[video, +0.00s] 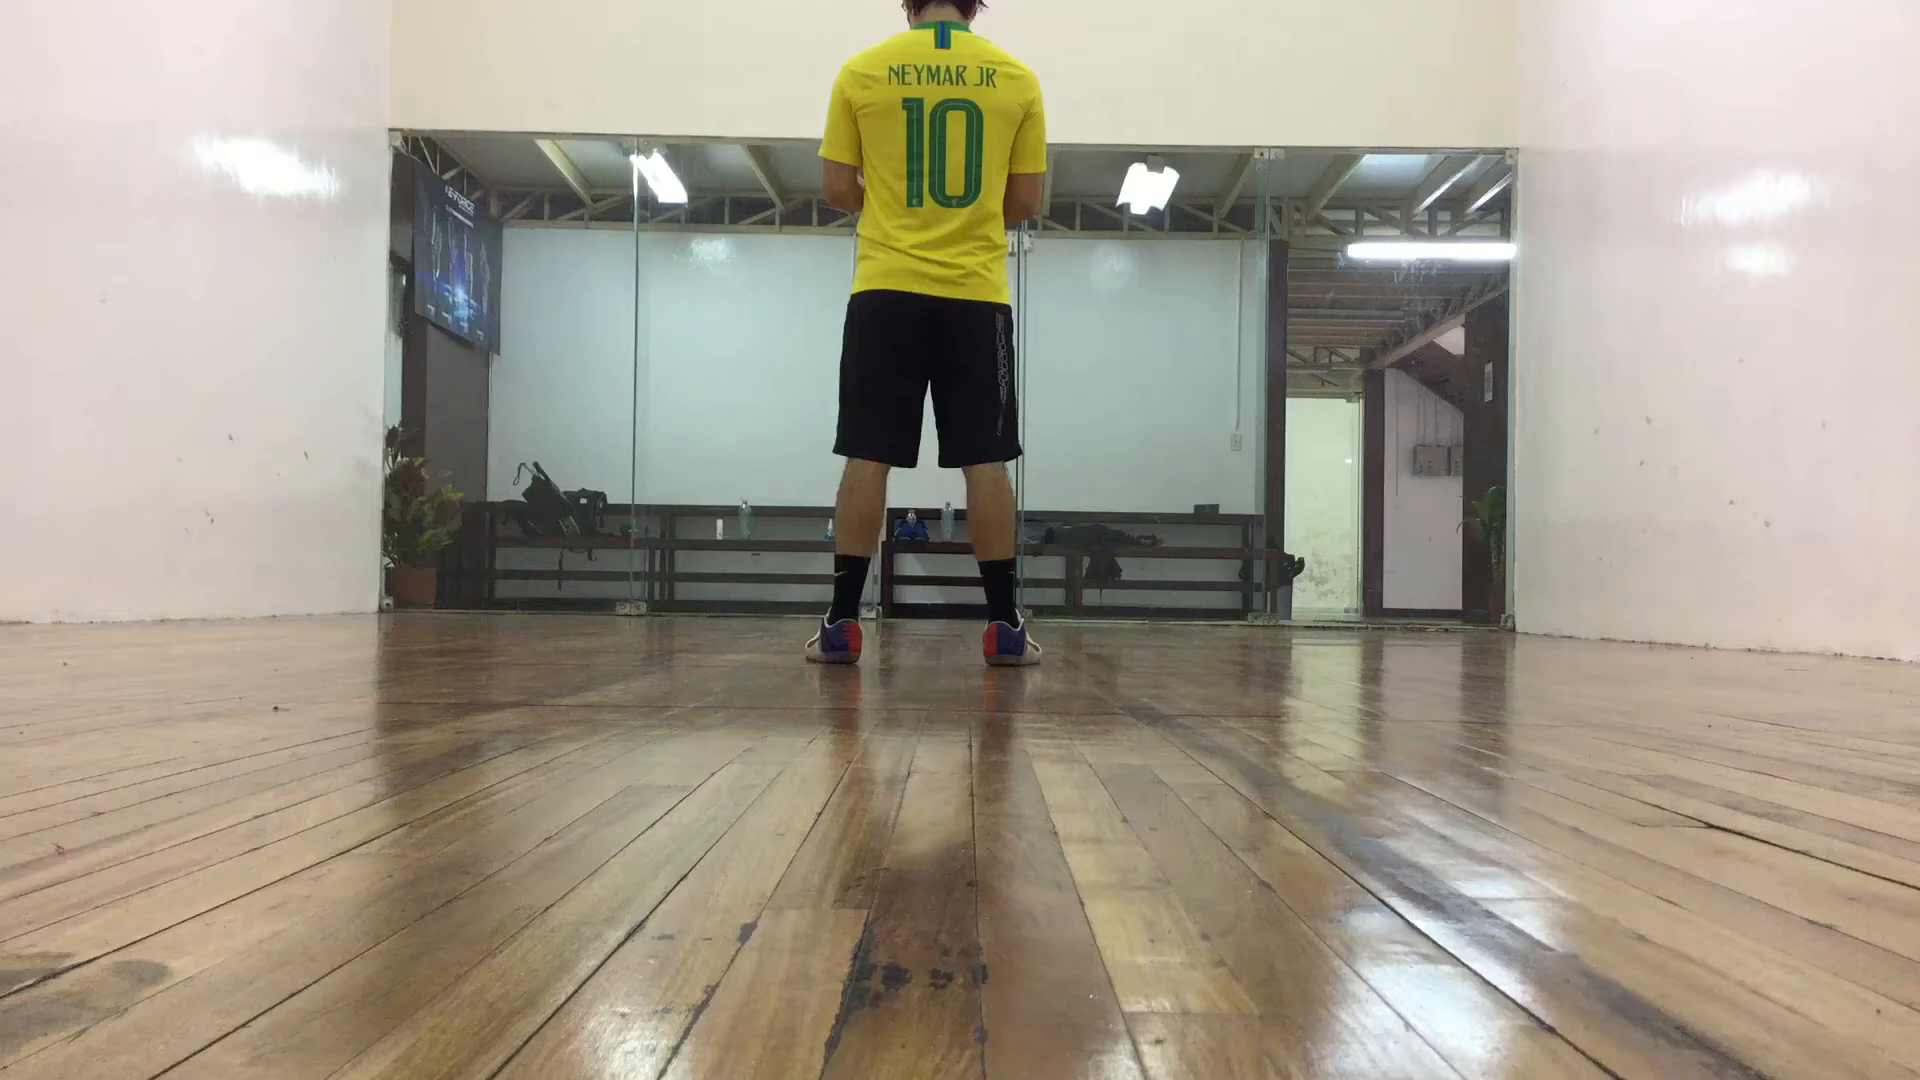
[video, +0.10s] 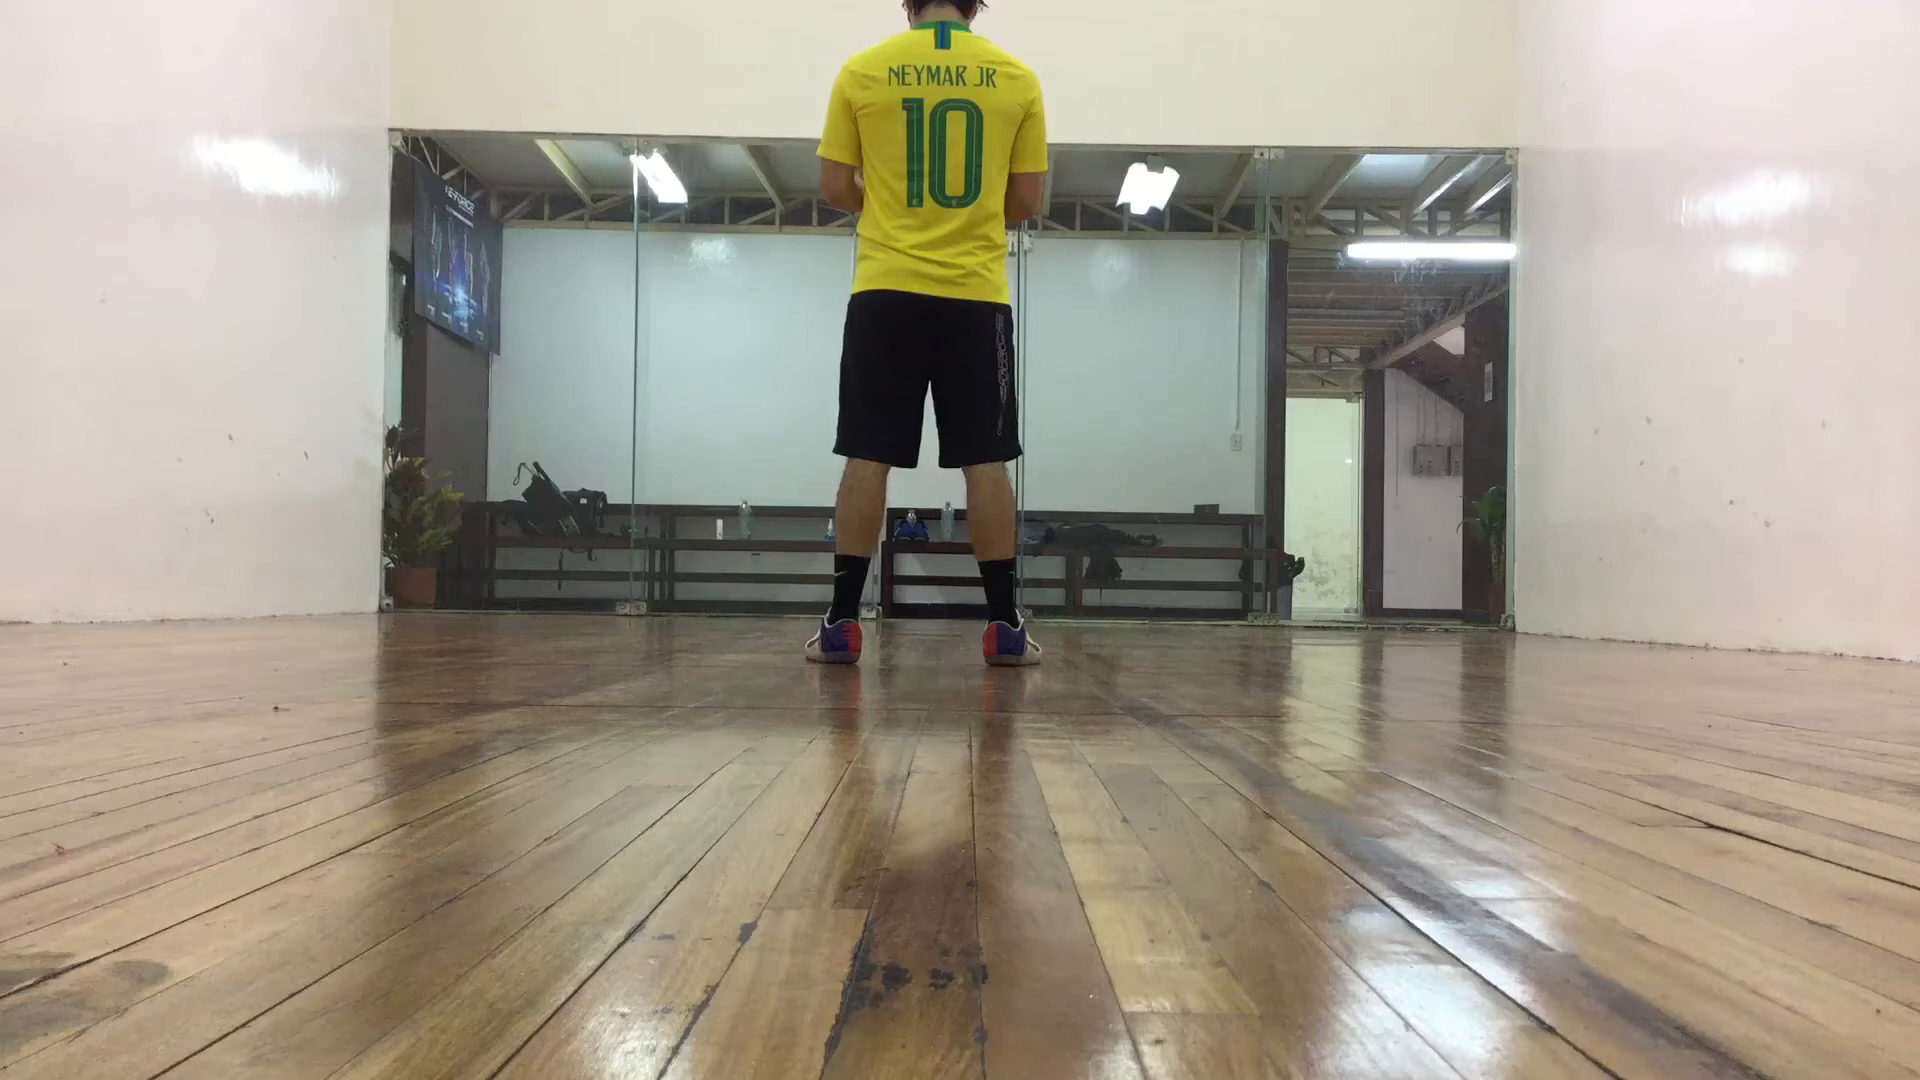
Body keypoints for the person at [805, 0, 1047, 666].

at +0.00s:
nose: (905, 15)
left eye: (904, 9)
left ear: (907, 7)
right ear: (975, 8)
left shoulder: (862, 70)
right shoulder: (1016, 79)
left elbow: (839, 191)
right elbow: (1024, 203)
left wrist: (898, 191)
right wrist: (958, 191)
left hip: (884, 299)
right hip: (975, 304)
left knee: (866, 459)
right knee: (986, 462)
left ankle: (842, 622)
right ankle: (1005, 624)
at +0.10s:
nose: (906, 16)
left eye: (905, 10)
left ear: (907, 7)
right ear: (976, 8)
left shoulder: (863, 70)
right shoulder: (1016, 78)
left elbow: (836, 188)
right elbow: (1026, 203)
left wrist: (892, 198)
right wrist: (961, 196)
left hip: (884, 299)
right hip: (975, 303)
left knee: (866, 459)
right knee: (987, 463)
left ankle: (843, 621)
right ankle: (1004, 624)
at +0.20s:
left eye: (909, 10)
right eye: (975, 10)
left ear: (908, 5)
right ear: (975, 8)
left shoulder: (863, 70)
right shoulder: (1016, 78)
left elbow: (834, 186)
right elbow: (1026, 202)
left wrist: (889, 199)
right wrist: (962, 200)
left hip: (884, 300)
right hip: (975, 304)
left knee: (866, 459)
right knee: (987, 463)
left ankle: (843, 621)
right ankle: (1004, 624)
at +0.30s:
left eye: (913, 8)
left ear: (909, 5)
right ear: (974, 7)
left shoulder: (862, 70)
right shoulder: (1015, 78)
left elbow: (834, 185)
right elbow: (1027, 201)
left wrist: (893, 201)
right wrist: (964, 208)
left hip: (884, 298)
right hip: (975, 303)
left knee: (866, 458)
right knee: (987, 463)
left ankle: (843, 621)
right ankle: (1005, 624)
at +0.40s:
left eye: (912, 8)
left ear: (909, 4)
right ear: (972, 6)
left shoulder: (861, 70)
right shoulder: (1015, 77)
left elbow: (835, 186)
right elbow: (1038, 195)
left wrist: (889, 202)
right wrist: (981, 218)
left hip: (884, 297)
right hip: (974, 302)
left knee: (866, 457)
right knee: (986, 462)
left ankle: (843, 621)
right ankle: (1004, 625)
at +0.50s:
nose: (924, 12)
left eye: (913, 6)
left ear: (909, 4)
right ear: (970, 4)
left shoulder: (861, 71)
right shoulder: (1015, 76)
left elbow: (835, 186)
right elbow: (1041, 193)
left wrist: (887, 199)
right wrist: (983, 222)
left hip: (884, 298)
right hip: (974, 303)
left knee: (866, 458)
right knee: (985, 463)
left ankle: (842, 621)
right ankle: (1005, 625)